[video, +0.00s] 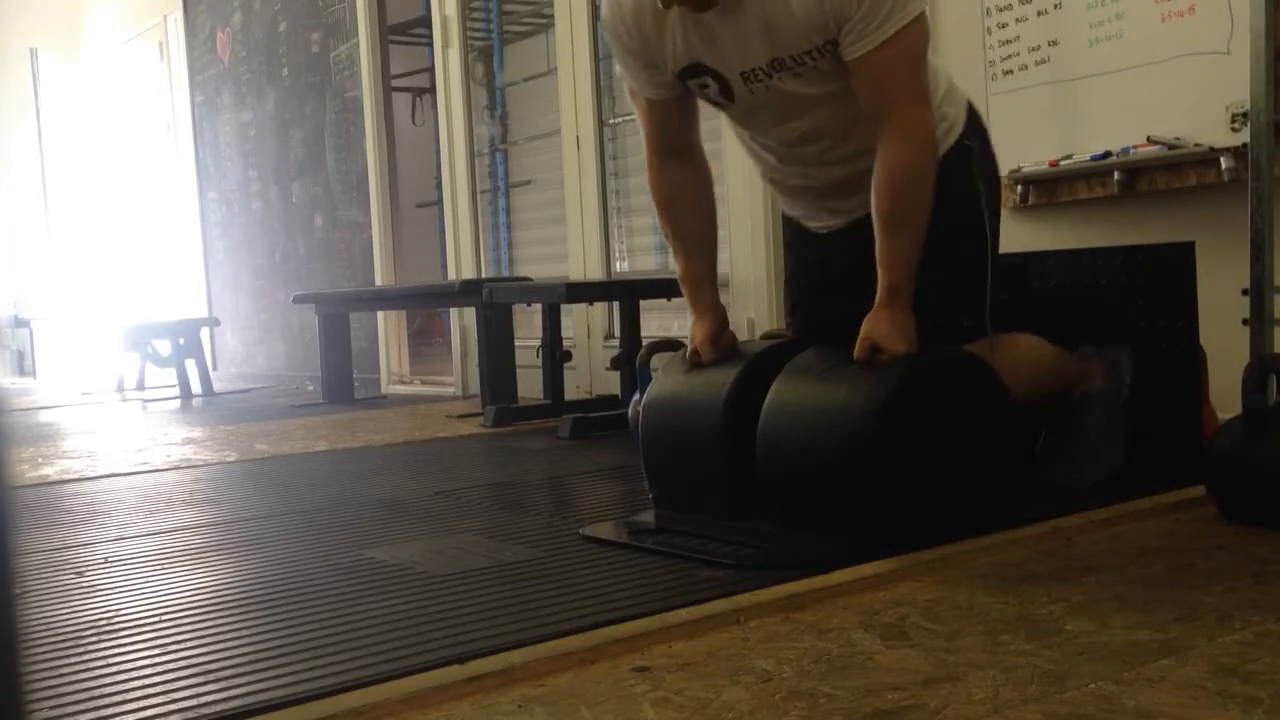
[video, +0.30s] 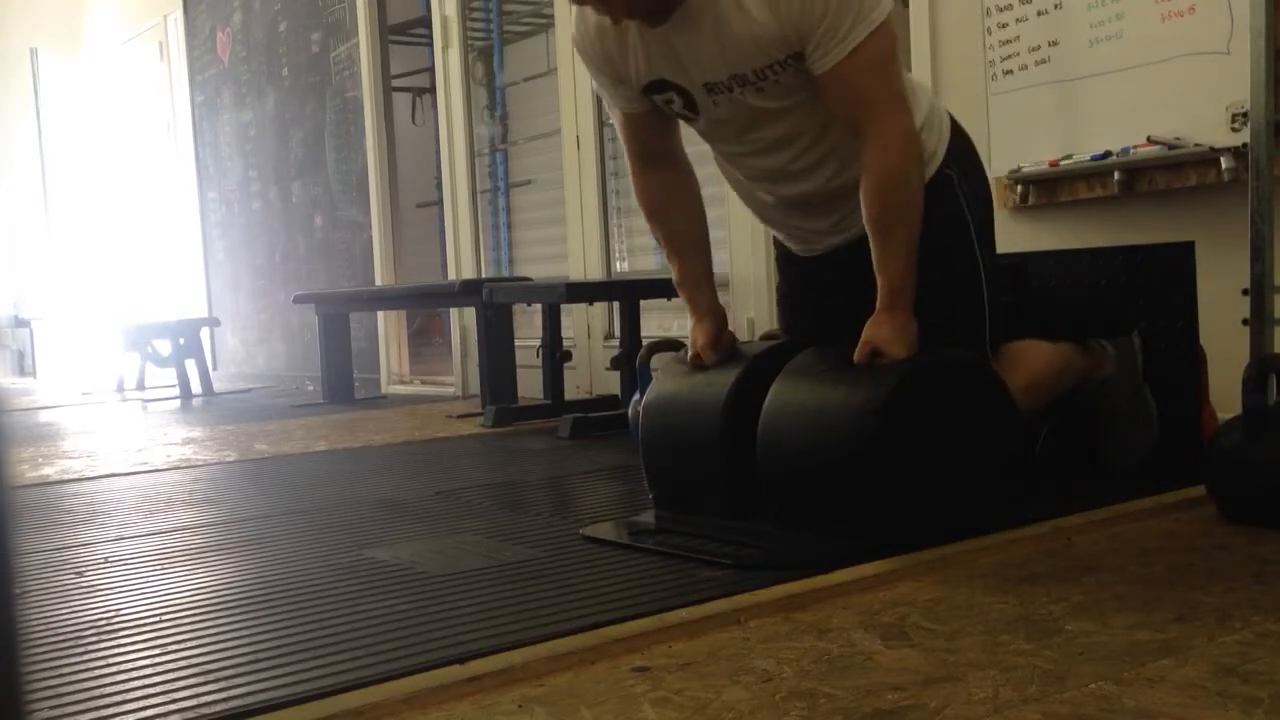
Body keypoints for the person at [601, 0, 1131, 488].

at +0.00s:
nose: (679, 1)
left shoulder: (858, 1)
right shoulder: (634, 14)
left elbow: (903, 126)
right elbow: (673, 156)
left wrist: (893, 298)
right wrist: (704, 308)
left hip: (932, 164)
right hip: (815, 206)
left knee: (940, 377)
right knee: (829, 396)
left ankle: (1084, 373)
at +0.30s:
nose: (617, 13)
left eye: (624, 0)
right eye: (605, 7)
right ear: (596, 1)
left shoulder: (802, 1)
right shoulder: (599, 31)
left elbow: (887, 129)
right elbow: (658, 169)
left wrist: (894, 305)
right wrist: (705, 313)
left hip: (918, 193)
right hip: (804, 229)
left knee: (951, 409)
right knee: (831, 422)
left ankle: (1083, 360)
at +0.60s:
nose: (547, 22)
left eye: (552, 8)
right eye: (540, 14)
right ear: (550, 13)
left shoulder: (754, 6)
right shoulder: (566, 43)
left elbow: (854, 134)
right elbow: (643, 172)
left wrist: (893, 303)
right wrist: (697, 325)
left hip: (907, 203)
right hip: (799, 251)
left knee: (964, 429)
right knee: (834, 439)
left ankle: (1073, 342)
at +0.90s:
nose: (520, 36)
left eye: (518, 16)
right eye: (505, 26)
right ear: (521, 17)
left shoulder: (729, 7)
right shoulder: (563, 60)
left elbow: (844, 147)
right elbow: (641, 182)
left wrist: (902, 307)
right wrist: (698, 322)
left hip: (904, 208)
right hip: (797, 252)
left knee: (955, 421)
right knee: (827, 435)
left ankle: (1082, 341)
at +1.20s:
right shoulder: (600, 18)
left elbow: (865, 139)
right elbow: (656, 164)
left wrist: (901, 305)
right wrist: (698, 320)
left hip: (920, 199)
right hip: (805, 238)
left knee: (966, 425)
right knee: (830, 438)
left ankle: (1095, 340)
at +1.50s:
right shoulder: (635, 14)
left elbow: (882, 131)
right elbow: (675, 155)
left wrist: (903, 302)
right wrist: (702, 317)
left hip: (939, 201)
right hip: (820, 229)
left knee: (966, 428)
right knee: (830, 433)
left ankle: (1106, 342)